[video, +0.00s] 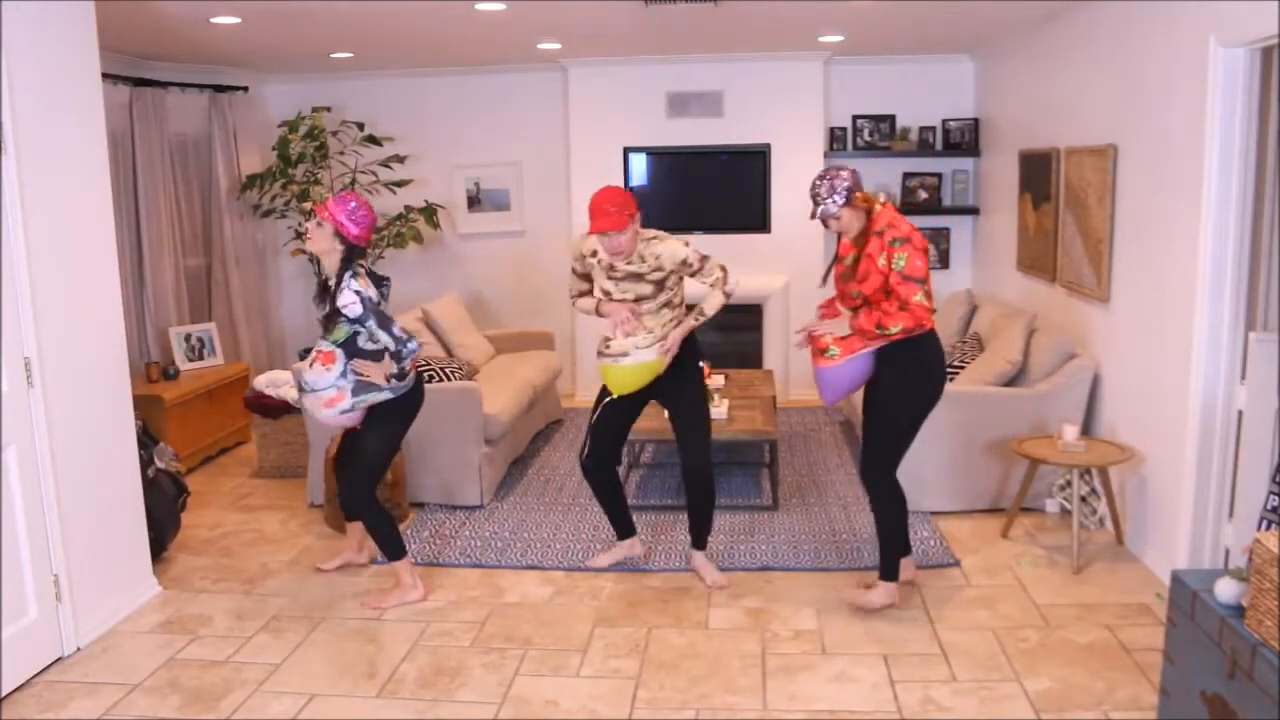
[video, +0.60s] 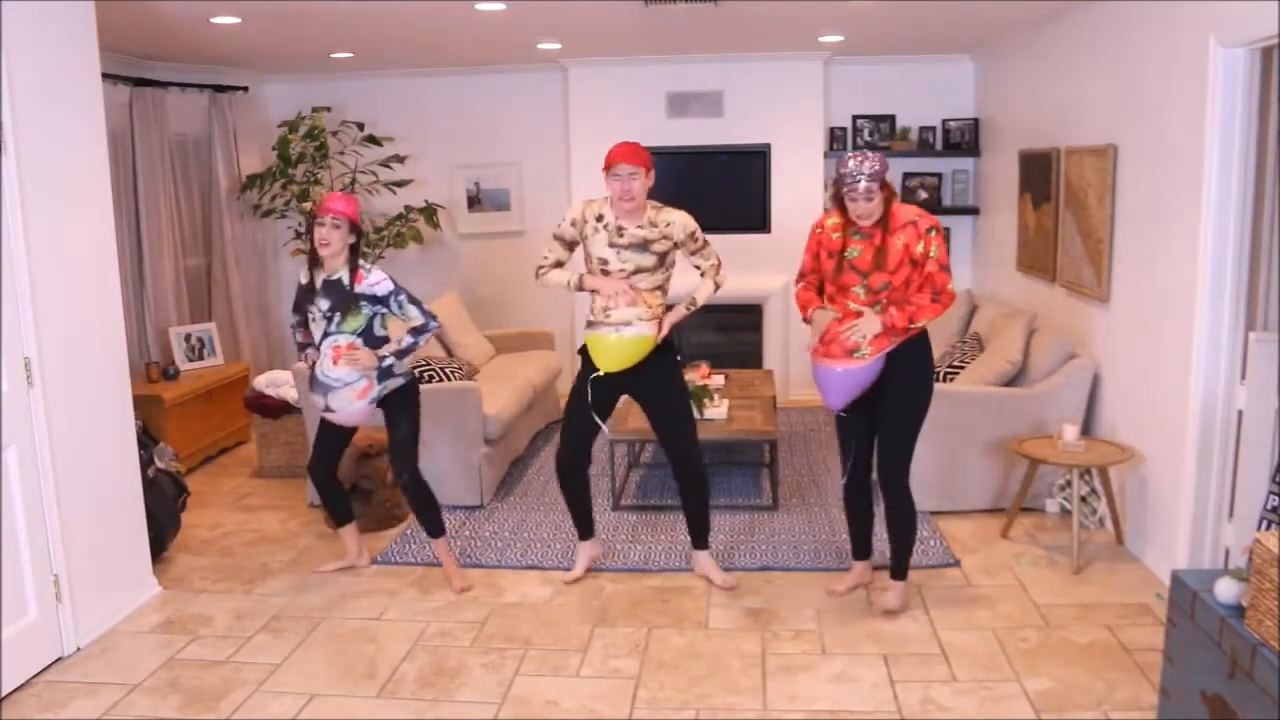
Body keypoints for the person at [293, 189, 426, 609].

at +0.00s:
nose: (307, 227)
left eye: (317, 223)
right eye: (312, 220)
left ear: (338, 237)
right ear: (336, 237)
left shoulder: (352, 286)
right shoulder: (340, 277)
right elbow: (350, 339)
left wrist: (392, 373)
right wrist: (315, 368)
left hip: (400, 393)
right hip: (378, 389)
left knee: (359, 484)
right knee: (344, 463)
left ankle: (410, 582)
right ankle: (358, 545)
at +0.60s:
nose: (323, 233)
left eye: (333, 226)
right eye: (318, 225)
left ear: (352, 236)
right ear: (311, 233)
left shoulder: (370, 279)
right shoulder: (309, 285)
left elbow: (425, 323)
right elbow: (300, 327)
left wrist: (381, 357)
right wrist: (308, 355)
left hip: (394, 385)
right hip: (347, 391)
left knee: (404, 468)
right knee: (320, 468)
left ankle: (447, 559)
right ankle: (355, 552)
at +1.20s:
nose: (383, 202)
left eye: (391, 195)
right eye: (376, 196)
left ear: (405, 204)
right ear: (365, 206)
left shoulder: (432, 254)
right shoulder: (347, 261)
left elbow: (471, 311)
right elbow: (316, 312)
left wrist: (431, 347)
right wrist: (345, 344)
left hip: (424, 373)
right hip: (369, 376)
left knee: (442, 462)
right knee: (345, 461)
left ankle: (455, 560)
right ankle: (334, 552)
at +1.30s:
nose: (381, 205)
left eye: (389, 198)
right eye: (373, 199)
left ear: (402, 209)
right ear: (362, 209)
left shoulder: (429, 260)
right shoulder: (344, 266)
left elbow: (471, 314)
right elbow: (311, 317)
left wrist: (429, 351)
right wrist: (343, 349)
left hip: (423, 375)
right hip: (368, 379)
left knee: (444, 461)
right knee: (345, 461)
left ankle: (455, 558)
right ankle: (336, 554)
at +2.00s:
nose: (354, 281)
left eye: (364, 272)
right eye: (347, 273)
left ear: (380, 279)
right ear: (339, 281)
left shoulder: (410, 324)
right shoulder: (331, 332)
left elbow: (460, 368)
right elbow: (311, 370)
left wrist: (421, 409)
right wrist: (347, 410)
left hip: (420, 403)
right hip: (365, 409)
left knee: (463, 477)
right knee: (312, 474)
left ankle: (457, 560)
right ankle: (333, 555)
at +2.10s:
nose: (353, 293)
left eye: (362, 284)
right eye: (346, 285)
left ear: (379, 290)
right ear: (338, 292)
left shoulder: (409, 334)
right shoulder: (331, 339)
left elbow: (457, 377)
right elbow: (312, 376)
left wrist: (419, 415)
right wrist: (346, 416)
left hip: (418, 406)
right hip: (363, 411)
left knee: (462, 476)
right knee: (309, 474)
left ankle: (457, 560)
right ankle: (333, 555)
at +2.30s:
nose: (352, 293)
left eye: (362, 284)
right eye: (345, 285)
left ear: (378, 289)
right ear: (337, 291)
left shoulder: (408, 334)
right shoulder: (328, 337)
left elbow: (457, 375)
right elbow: (307, 371)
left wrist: (417, 414)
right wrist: (342, 414)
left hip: (416, 405)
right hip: (360, 410)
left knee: (456, 481)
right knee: (307, 474)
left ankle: (457, 562)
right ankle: (333, 555)